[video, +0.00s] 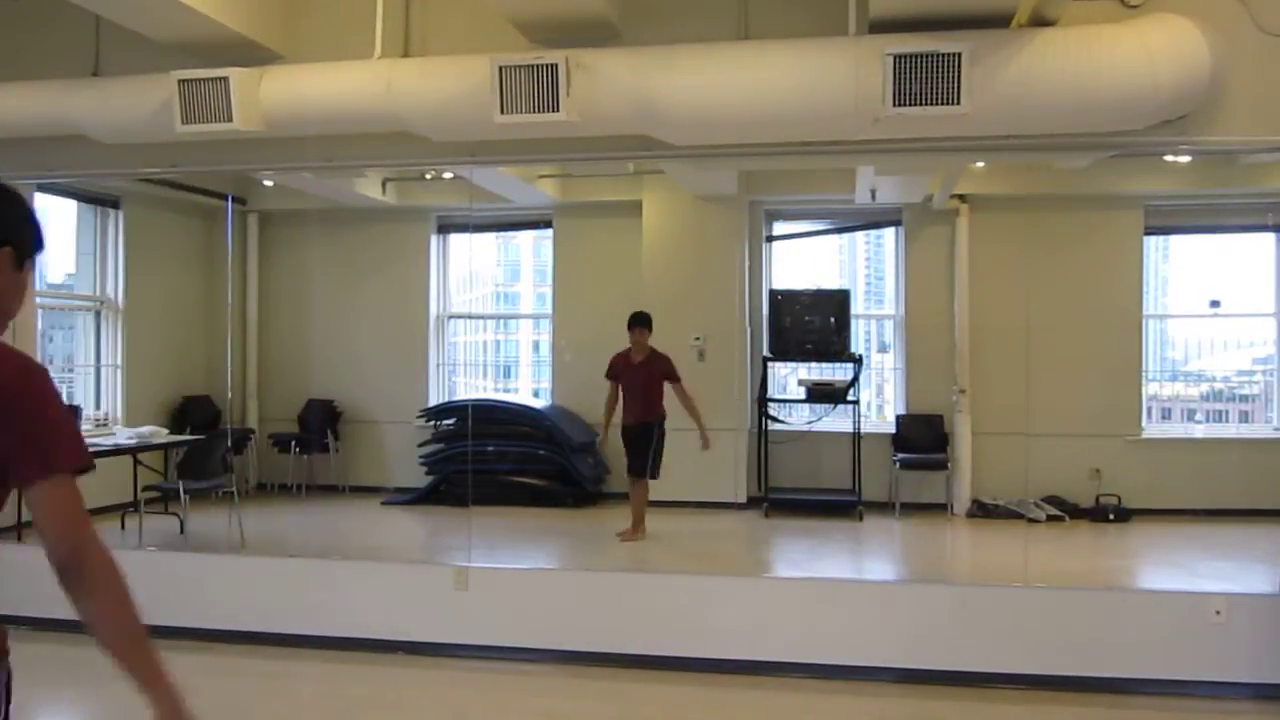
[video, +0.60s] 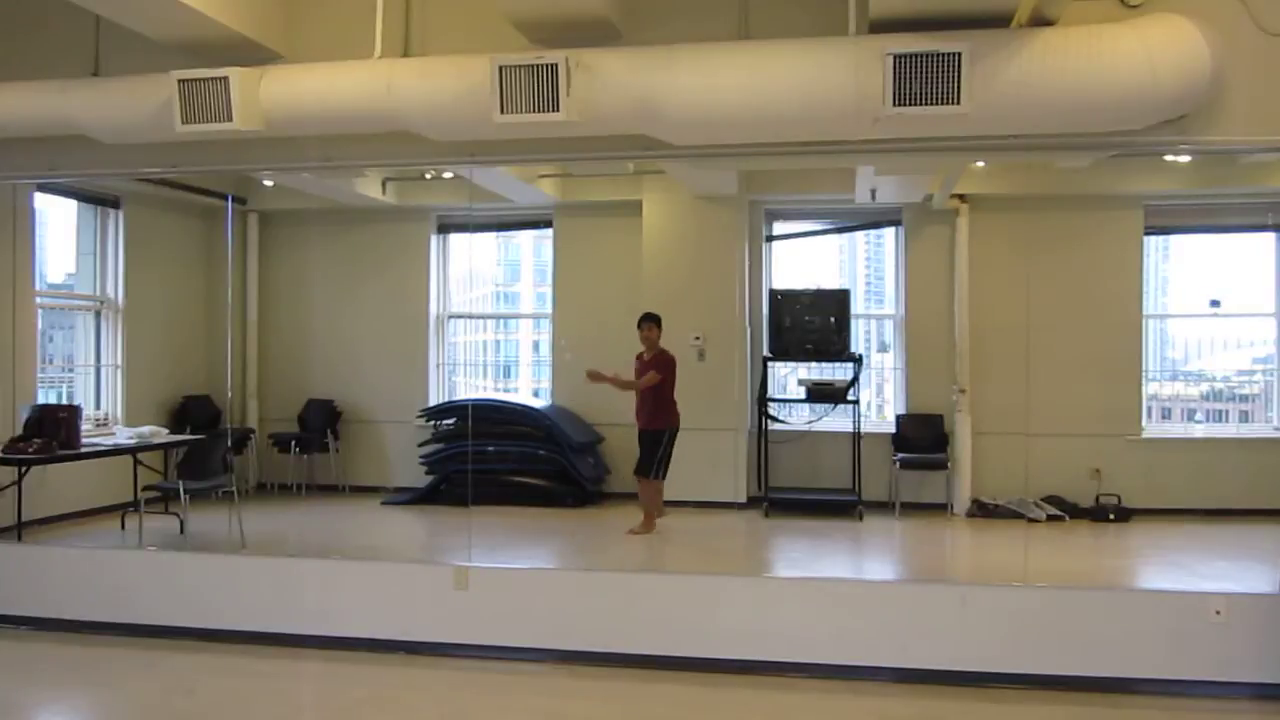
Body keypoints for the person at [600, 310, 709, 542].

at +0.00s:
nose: (638, 337)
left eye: (643, 333)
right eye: (634, 332)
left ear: (650, 334)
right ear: (628, 333)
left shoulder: (661, 361)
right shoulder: (619, 361)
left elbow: (683, 396)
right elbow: (612, 397)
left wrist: (702, 429)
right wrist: (605, 430)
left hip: (653, 424)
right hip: (629, 425)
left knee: (640, 476)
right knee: (634, 476)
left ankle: (638, 527)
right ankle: (637, 525)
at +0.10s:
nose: (631, 328)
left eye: (635, 324)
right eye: (627, 324)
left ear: (643, 326)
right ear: (622, 326)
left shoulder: (652, 354)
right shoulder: (624, 349)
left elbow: (650, 397)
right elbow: (629, 384)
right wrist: (626, 413)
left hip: (649, 419)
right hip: (630, 416)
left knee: (643, 471)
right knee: (630, 469)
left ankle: (637, 523)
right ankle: (632, 520)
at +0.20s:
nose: (631, 325)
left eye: (635, 320)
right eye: (627, 320)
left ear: (644, 322)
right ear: (622, 323)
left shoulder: (648, 348)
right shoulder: (631, 342)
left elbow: (627, 380)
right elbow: (654, 370)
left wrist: (593, 402)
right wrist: (664, 384)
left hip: (651, 408)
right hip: (633, 403)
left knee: (643, 460)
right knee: (618, 451)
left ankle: (643, 512)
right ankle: (618, 504)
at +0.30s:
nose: (631, 330)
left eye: (636, 325)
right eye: (628, 325)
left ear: (644, 326)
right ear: (624, 327)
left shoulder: (644, 350)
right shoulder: (644, 340)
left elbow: (616, 363)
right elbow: (660, 341)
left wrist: (582, 359)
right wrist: (669, 349)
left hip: (654, 416)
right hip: (636, 412)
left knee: (641, 466)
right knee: (619, 455)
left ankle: (647, 516)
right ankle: (598, 501)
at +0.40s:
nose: (634, 336)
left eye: (638, 331)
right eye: (631, 332)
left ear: (648, 334)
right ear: (628, 334)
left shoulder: (647, 359)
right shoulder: (647, 354)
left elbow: (615, 356)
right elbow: (656, 346)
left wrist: (583, 337)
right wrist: (658, 336)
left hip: (653, 424)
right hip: (640, 422)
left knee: (637, 475)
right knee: (624, 467)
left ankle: (649, 521)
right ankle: (611, 501)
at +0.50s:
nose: (641, 340)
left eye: (646, 335)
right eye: (638, 336)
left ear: (655, 339)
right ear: (633, 340)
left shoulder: (652, 365)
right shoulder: (644, 363)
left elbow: (618, 365)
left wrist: (592, 342)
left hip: (656, 429)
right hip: (645, 428)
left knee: (632, 477)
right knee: (636, 476)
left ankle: (648, 520)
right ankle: (635, 503)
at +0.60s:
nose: (646, 334)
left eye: (651, 329)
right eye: (642, 330)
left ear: (660, 332)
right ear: (638, 333)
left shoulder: (665, 360)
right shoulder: (640, 359)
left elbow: (642, 384)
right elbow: (636, 385)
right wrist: (609, 380)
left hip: (664, 424)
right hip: (647, 424)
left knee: (643, 473)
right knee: (652, 471)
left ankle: (648, 521)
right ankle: (657, 507)